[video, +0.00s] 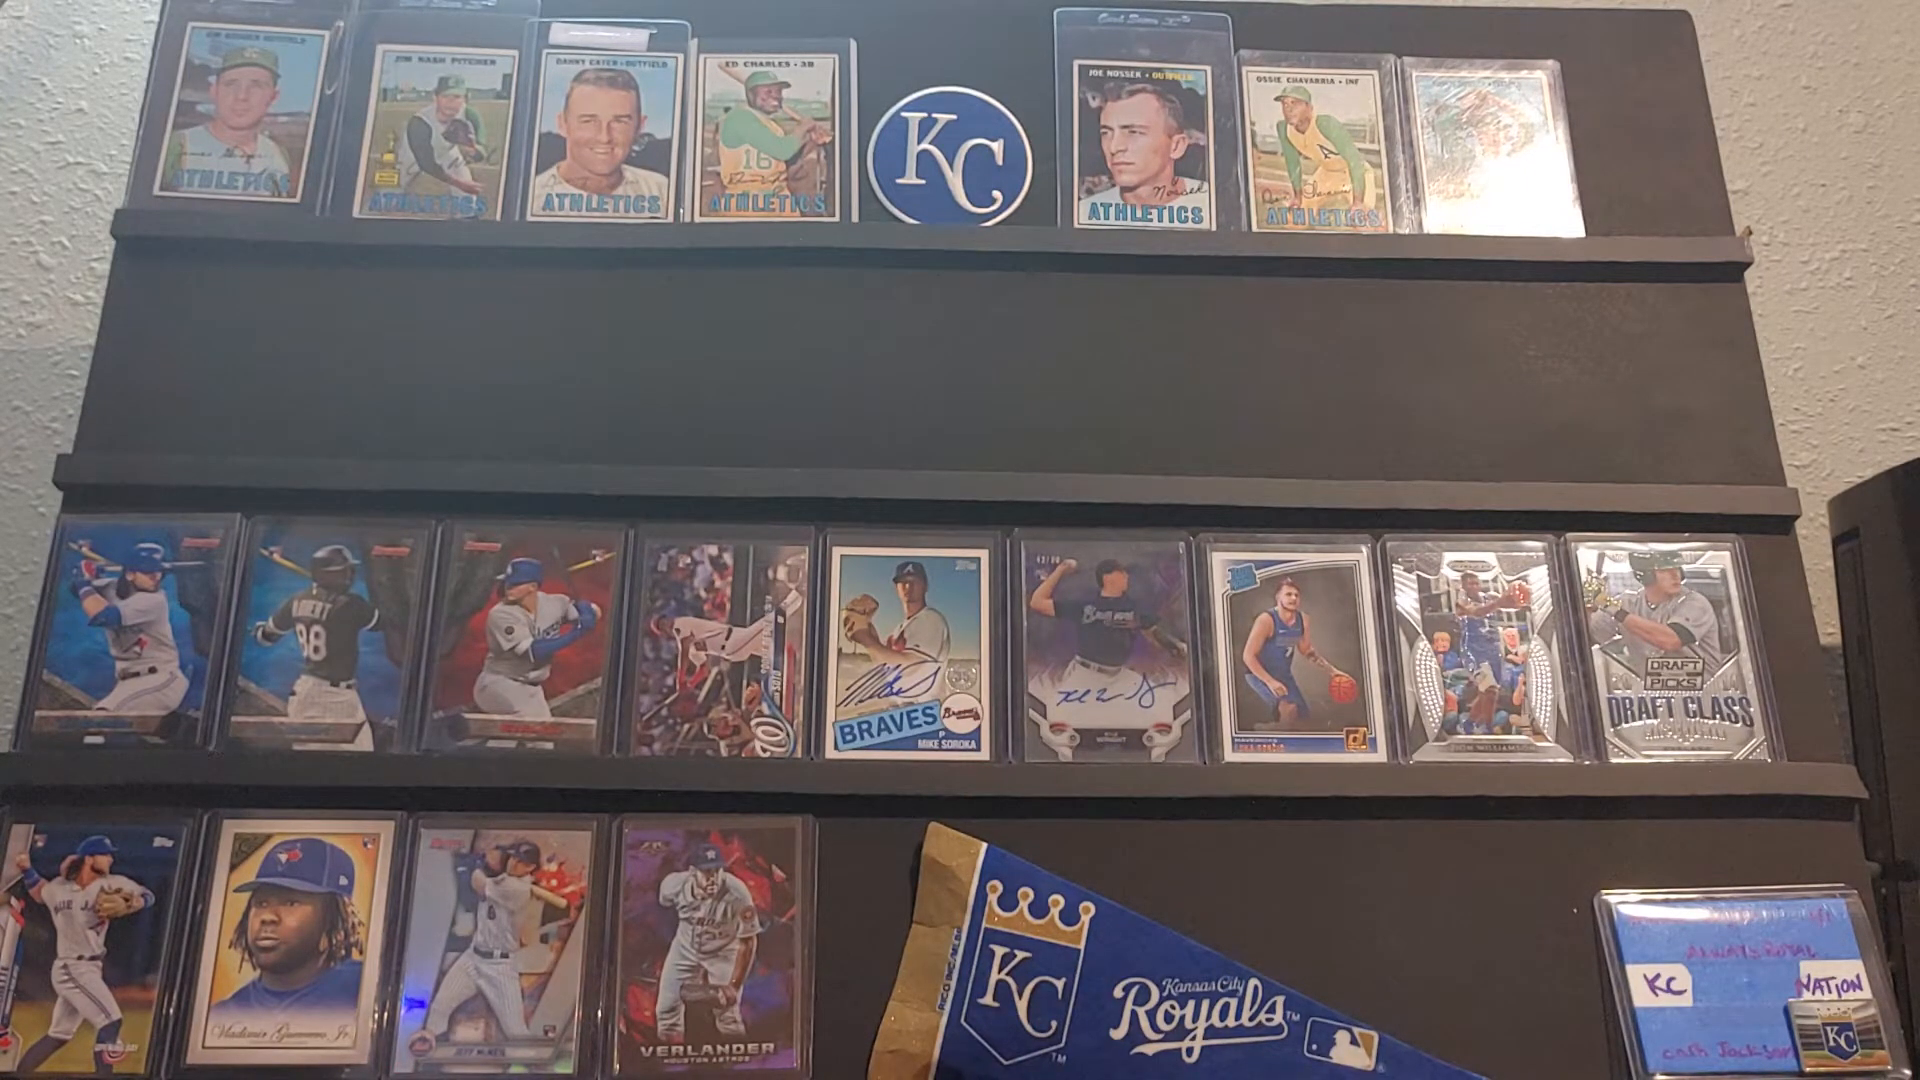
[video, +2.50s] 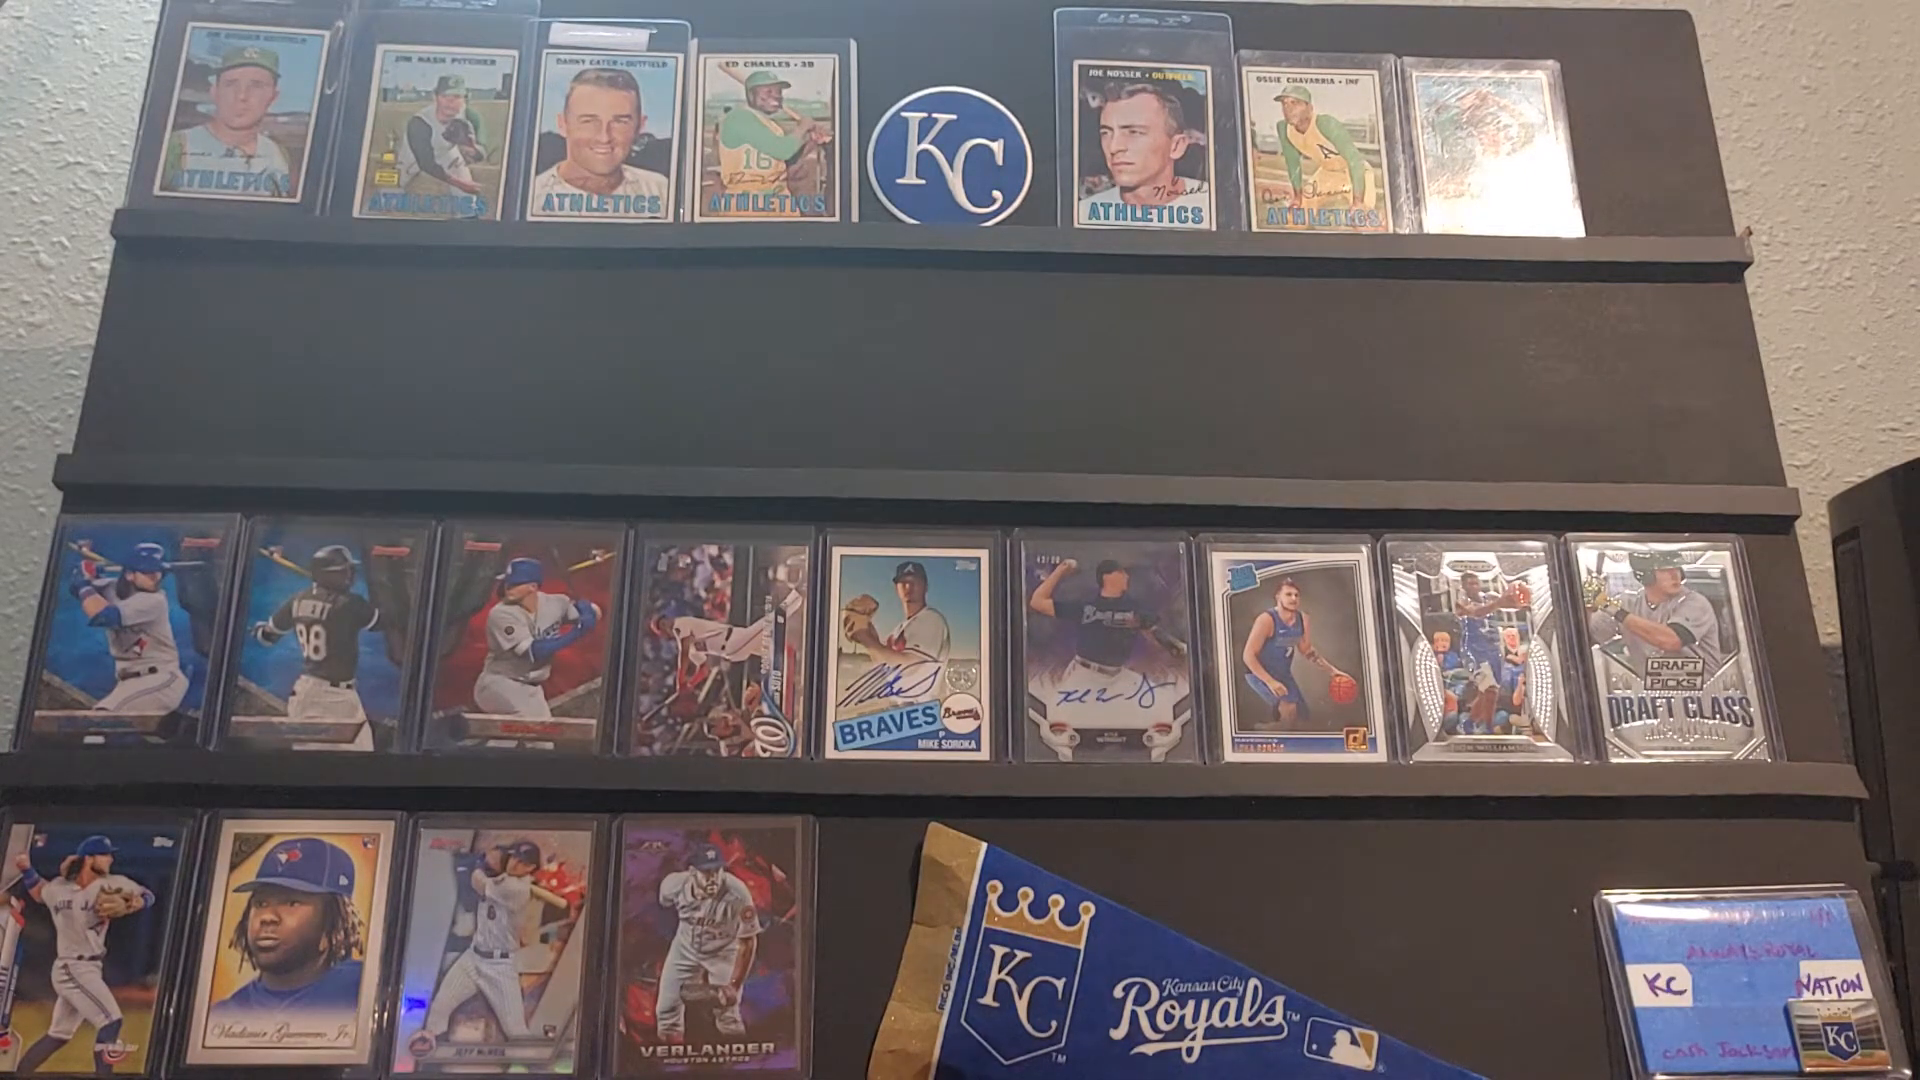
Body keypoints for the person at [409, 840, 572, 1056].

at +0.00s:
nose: (514, 863)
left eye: (520, 861)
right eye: (514, 858)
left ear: (530, 868)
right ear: (510, 859)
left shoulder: (518, 890)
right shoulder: (503, 879)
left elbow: (478, 882)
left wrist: (482, 866)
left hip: (500, 965)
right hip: (472, 958)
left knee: (515, 1030)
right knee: (439, 1006)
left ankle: (536, 1069)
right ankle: (424, 1065)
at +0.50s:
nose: (514, 863)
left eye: (521, 861)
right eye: (514, 858)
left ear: (530, 868)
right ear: (510, 859)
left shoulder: (518, 889)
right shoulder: (502, 879)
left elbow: (478, 883)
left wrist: (480, 867)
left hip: (500, 965)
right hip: (473, 958)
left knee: (516, 1030)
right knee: (439, 1007)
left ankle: (536, 1069)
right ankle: (424, 1065)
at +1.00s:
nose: (514, 863)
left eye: (521, 861)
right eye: (514, 859)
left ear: (531, 868)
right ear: (510, 859)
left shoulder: (518, 889)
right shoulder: (502, 879)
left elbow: (478, 883)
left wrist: (480, 866)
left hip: (500, 965)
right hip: (473, 958)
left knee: (516, 1031)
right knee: (439, 1007)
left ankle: (534, 1070)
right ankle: (423, 1065)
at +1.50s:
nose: (515, 863)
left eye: (522, 861)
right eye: (514, 858)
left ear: (531, 868)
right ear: (509, 858)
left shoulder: (519, 889)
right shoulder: (500, 879)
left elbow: (477, 881)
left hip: (502, 966)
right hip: (473, 959)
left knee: (514, 1029)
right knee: (440, 1004)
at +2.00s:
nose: (514, 863)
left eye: (521, 861)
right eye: (514, 858)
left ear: (531, 868)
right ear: (509, 858)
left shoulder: (519, 889)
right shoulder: (499, 879)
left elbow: (477, 881)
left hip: (502, 965)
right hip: (473, 958)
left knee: (515, 1029)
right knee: (440, 1005)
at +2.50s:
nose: (515, 864)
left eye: (522, 862)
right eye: (514, 858)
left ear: (531, 869)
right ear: (509, 858)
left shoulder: (518, 889)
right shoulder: (500, 879)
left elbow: (477, 881)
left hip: (501, 966)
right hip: (472, 958)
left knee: (515, 1030)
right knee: (440, 1005)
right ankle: (424, 1065)